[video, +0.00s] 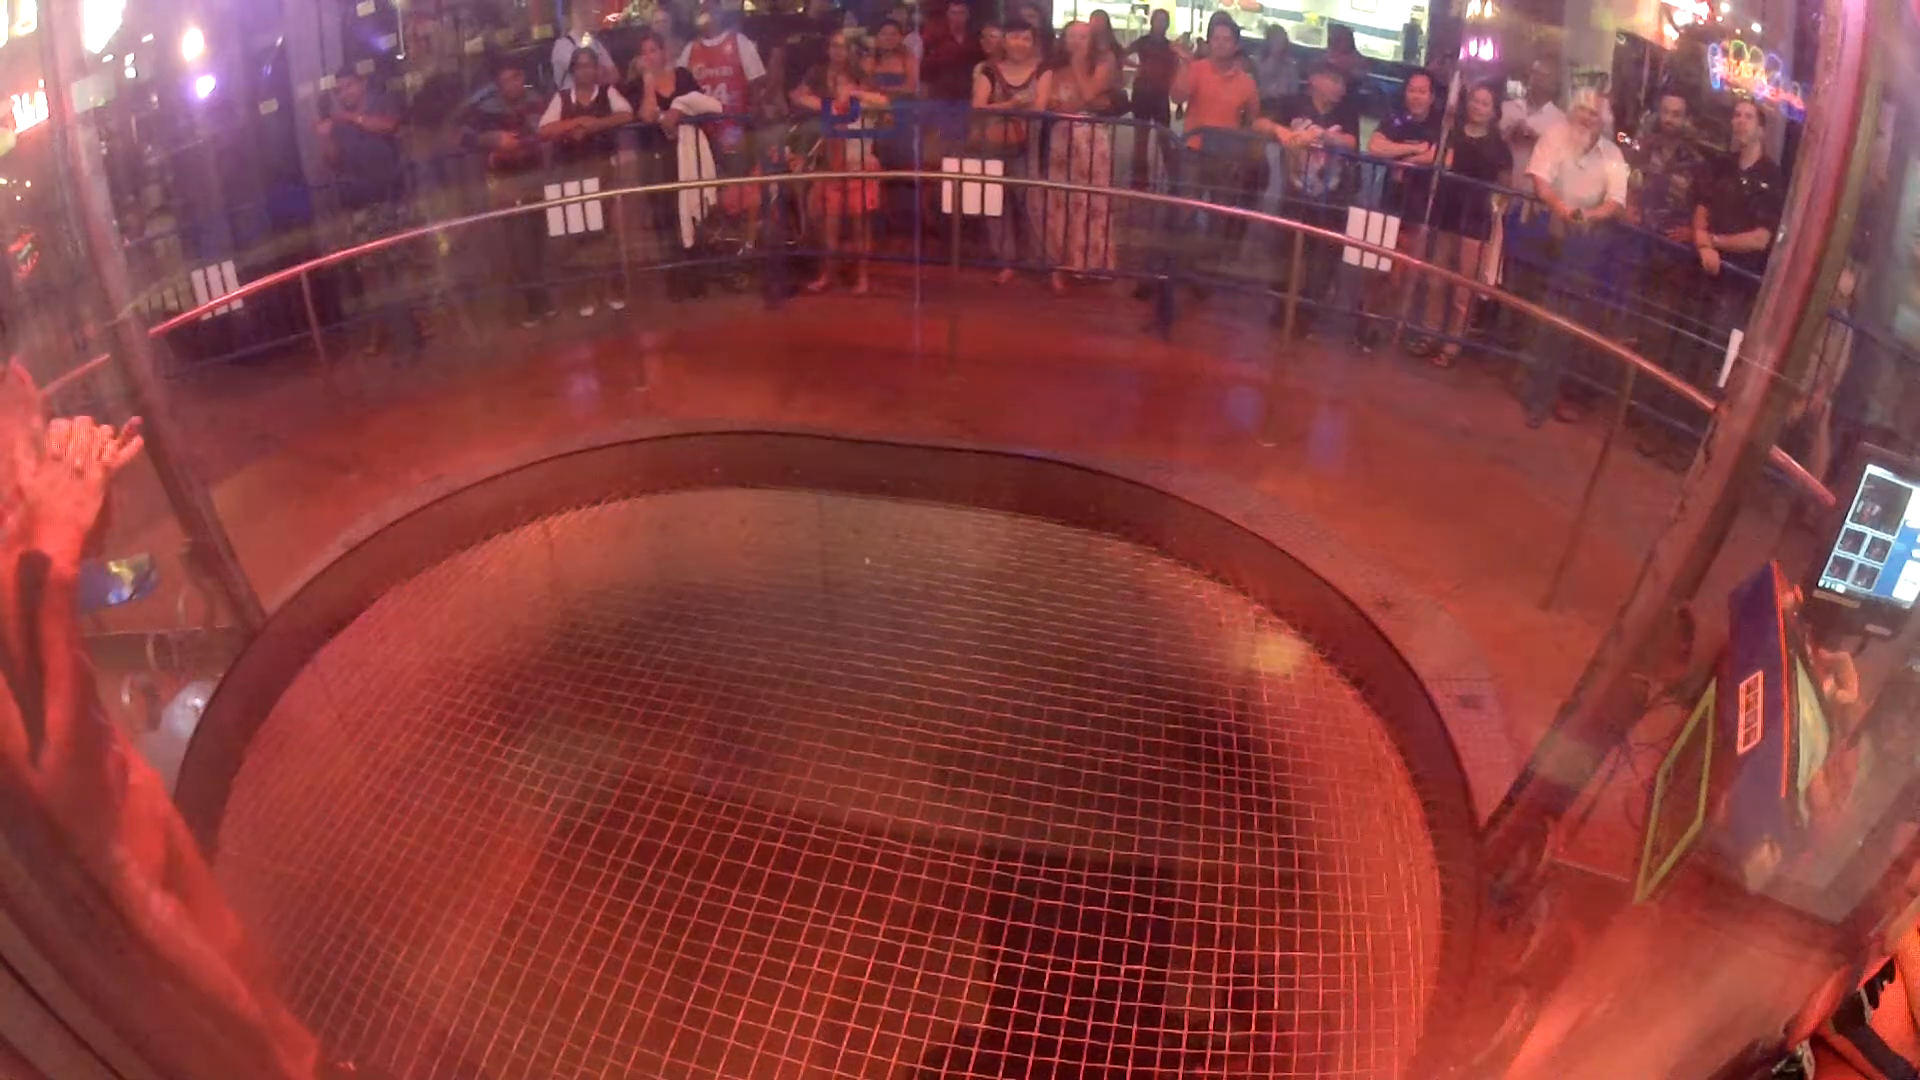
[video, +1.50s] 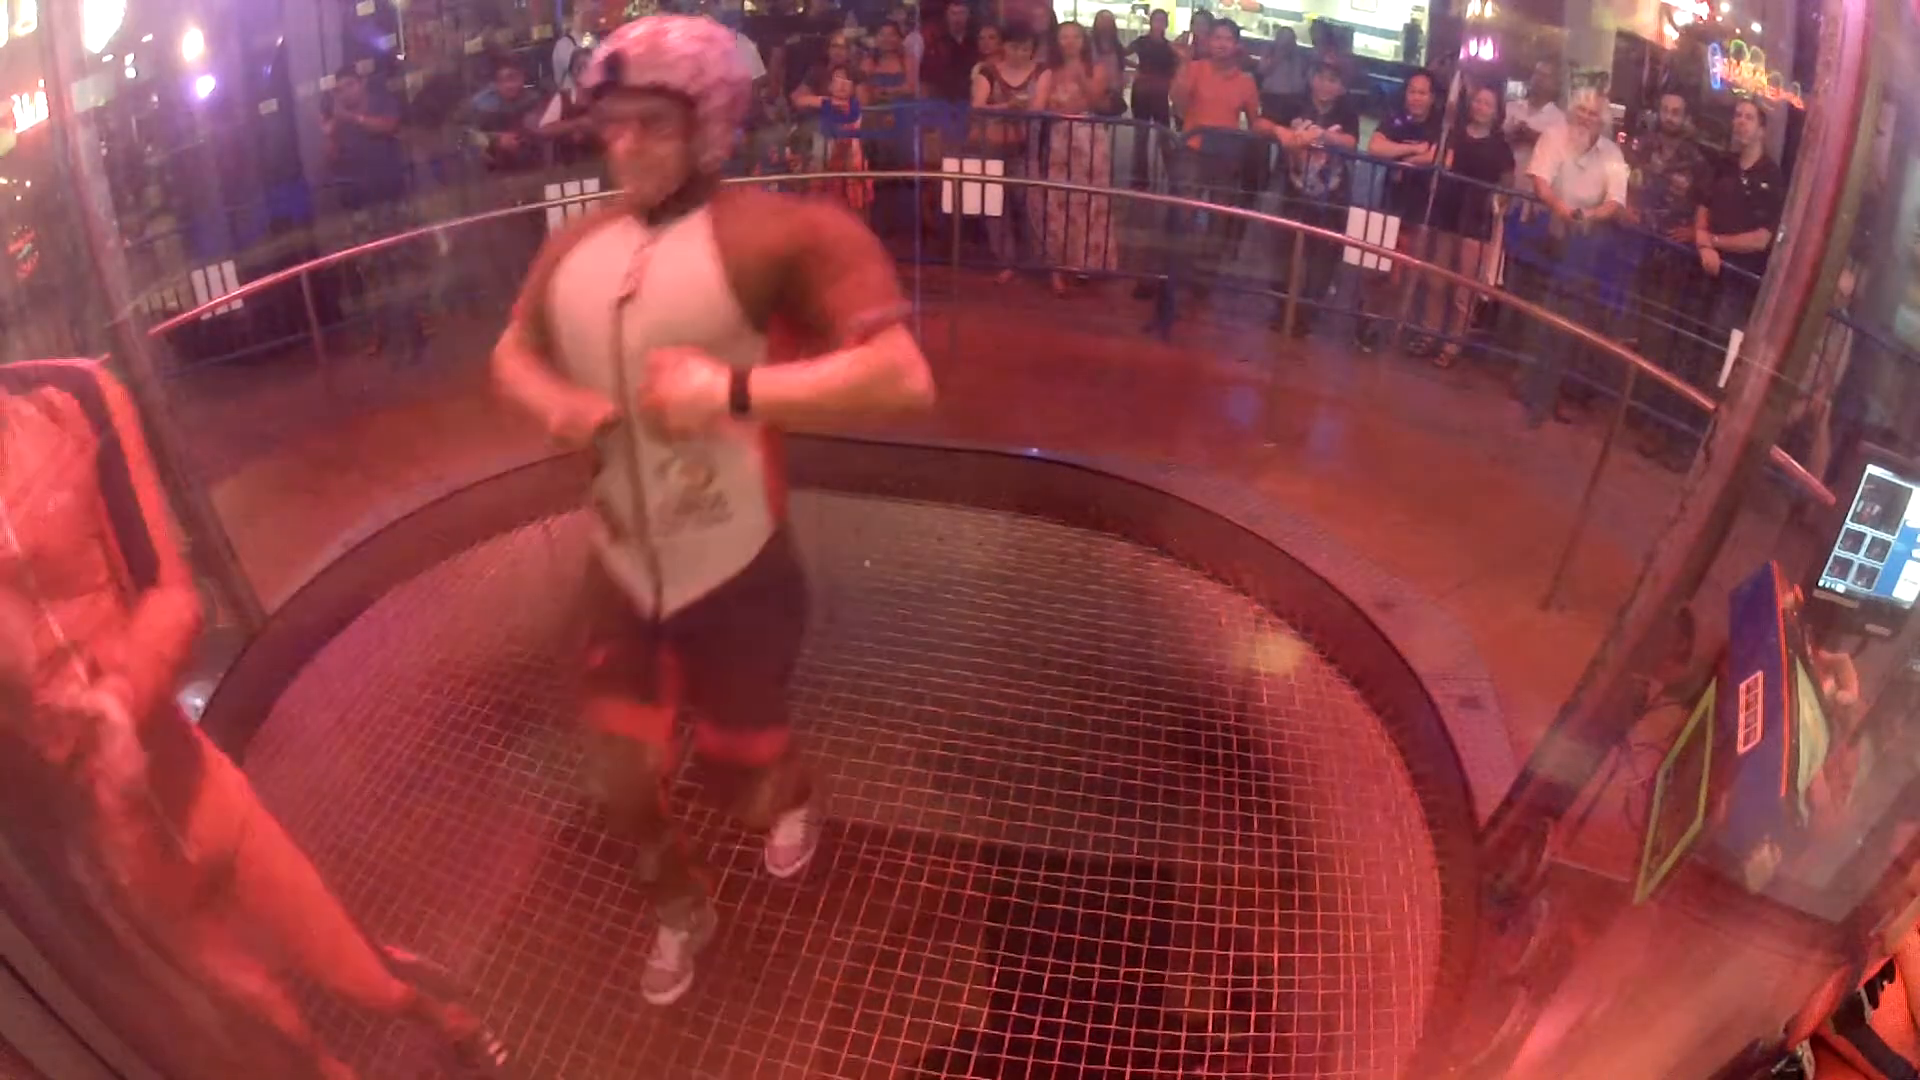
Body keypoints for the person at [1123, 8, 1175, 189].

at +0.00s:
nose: (1160, 24)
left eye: (1163, 21)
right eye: (1157, 20)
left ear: (1168, 24)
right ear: (1151, 22)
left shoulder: (1170, 47)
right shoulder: (1143, 42)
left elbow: (1175, 72)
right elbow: (1122, 57)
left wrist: (1179, 99)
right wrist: (1137, 67)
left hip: (1161, 94)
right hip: (1142, 92)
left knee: (1164, 138)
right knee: (1141, 136)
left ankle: (1173, 181)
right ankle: (1140, 180)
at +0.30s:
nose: (1160, 25)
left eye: (1163, 22)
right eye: (1157, 21)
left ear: (1167, 24)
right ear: (1151, 22)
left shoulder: (1169, 47)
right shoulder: (1143, 41)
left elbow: (1175, 72)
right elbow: (1122, 56)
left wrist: (1178, 99)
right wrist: (1137, 67)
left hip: (1161, 93)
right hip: (1142, 91)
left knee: (1164, 137)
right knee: (1141, 135)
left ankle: (1173, 180)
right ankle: (1139, 179)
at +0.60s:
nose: (1160, 25)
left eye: (1163, 21)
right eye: (1157, 20)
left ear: (1167, 24)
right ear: (1151, 22)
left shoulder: (1170, 47)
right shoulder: (1142, 42)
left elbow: (1175, 71)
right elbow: (1122, 56)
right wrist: (1136, 66)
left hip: (1161, 93)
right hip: (1142, 91)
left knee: (1164, 137)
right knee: (1141, 136)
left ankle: (1173, 179)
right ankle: (1139, 179)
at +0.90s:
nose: (1159, 24)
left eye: (1162, 21)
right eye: (1156, 20)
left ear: (1167, 24)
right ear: (1150, 22)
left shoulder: (1169, 47)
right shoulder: (1142, 42)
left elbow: (1174, 71)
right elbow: (1122, 56)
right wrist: (1137, 66)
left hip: (1161, 93)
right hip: (1142, 92)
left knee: (1164, 138)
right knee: (1141, 136)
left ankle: (1173, 179)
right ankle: (1139, 179)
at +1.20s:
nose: (1159, 24)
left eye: (1162, 21)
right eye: (1156, 20)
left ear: (1167, 24)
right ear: (1150, 22)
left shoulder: (1169, 48)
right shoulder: (1142, 42)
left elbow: (1175, 68)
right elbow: (1122, 57)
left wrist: (1166, 81)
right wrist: (1136, 67)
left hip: (1160, 93)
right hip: (1141, 92)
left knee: (1164, 136)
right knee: (1141, 135)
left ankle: (1172, 177)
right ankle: (1139, 179)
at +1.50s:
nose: (1160, 25)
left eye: (1163, 21)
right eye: (1157, 20)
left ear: (1167, 24)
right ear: (1151, 22)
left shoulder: (1169, 47)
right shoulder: (1142, 42)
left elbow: (1175, 68)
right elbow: (1122, 56)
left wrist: (1168, 80)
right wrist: (1136, 67)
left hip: (1160, 94)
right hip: (1142, 92)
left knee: (1165, 137)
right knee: (1141, 136)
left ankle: (1173, 179)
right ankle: (1140, 179)